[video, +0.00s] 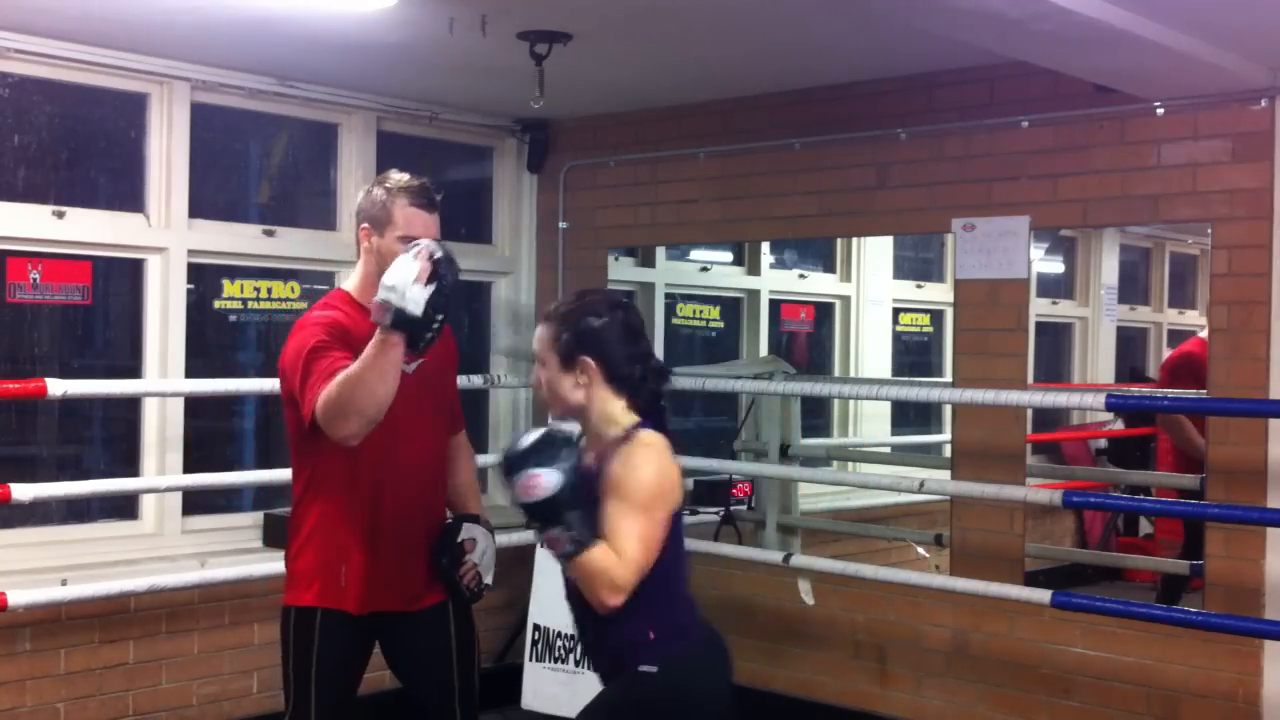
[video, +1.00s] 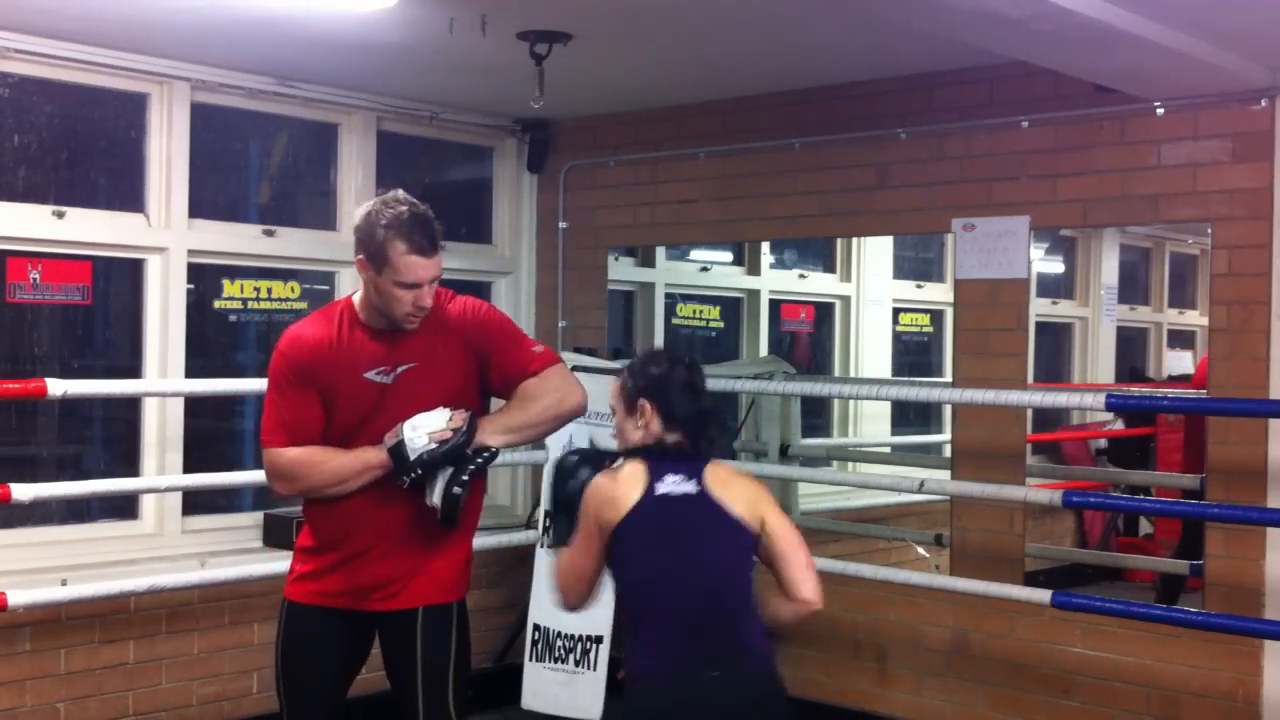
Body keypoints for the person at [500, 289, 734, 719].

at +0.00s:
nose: (536, 378)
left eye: (542, 365)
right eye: (537, 364)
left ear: (583, 374)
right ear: (583, 376)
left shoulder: (644, 457)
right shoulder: (591, 447)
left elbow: (610, 589)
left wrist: (555, 515)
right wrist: (547, 492)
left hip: (669, 678)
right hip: (637, 671)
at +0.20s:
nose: (517, 378)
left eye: (519, 363)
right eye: (515, 364)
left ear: (548, 368)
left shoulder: (607, 450)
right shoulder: (578, 439)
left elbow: (531, 554)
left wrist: (494, 488)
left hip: (646, 679)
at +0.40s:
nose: (561, 374)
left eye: (563, 360)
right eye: (559, 361)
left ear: (592, 359)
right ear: (638, 352)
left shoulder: (588, 431)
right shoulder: (696, 427)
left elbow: (534, 532)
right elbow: (706, 524)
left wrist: (515, 452)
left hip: (645, 658)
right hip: (723, 647)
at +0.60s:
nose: (596, 368)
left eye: (598, 355)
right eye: (594, 355)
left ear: (627, 356)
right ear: (675, 351)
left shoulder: (618, 419)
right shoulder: (724, 423)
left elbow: (569, 525)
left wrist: (553, 451)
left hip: (658, 644)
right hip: (742, 636)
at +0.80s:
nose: (604, 383)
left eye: (605, 369)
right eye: (600, 370)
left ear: (634, 365)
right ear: (682, 361)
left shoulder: (631, 432)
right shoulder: (728, 432)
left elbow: (585, 539)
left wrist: (565, 461)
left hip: (684, 668)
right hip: (760, 661)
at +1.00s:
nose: (614, 426)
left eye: (617, 414)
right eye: (613, 414)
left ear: (644, 415)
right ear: (690, 412)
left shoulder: (609, 490)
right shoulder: (745, 487)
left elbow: (571, 595)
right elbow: (807, 596)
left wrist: (569, 510)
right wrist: (744, 612)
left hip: (654, 697)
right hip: (749, 697)